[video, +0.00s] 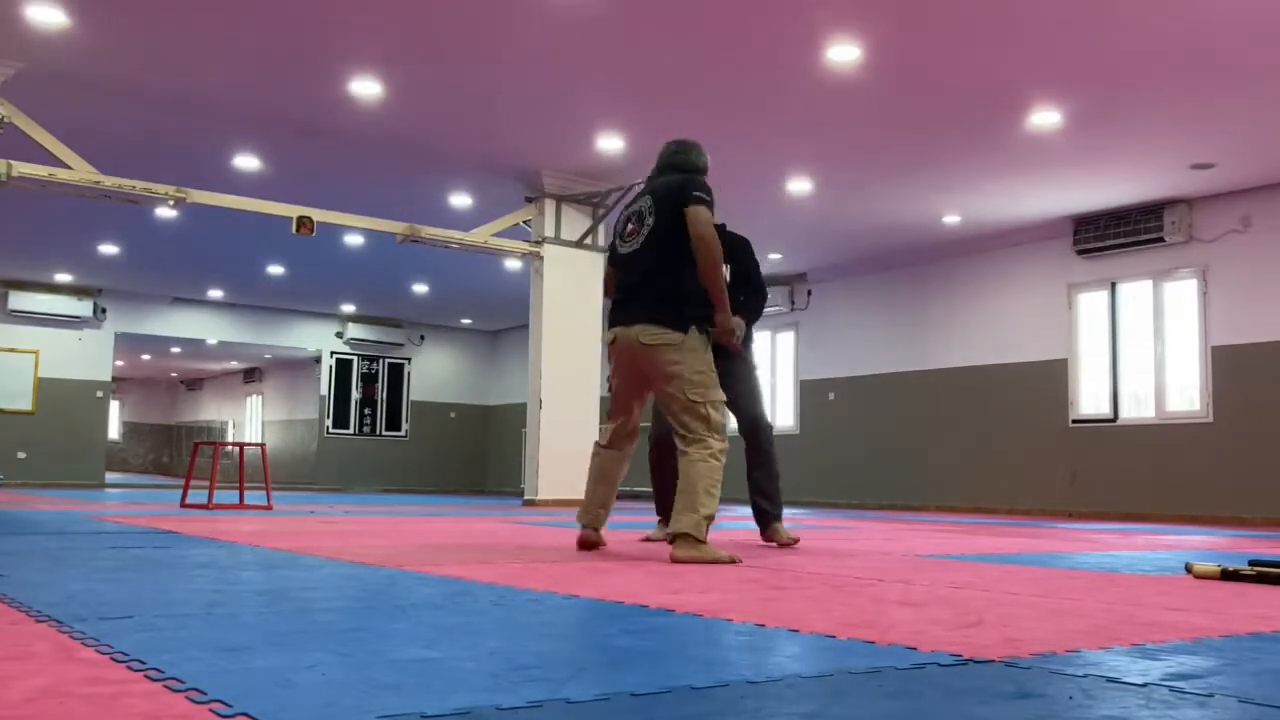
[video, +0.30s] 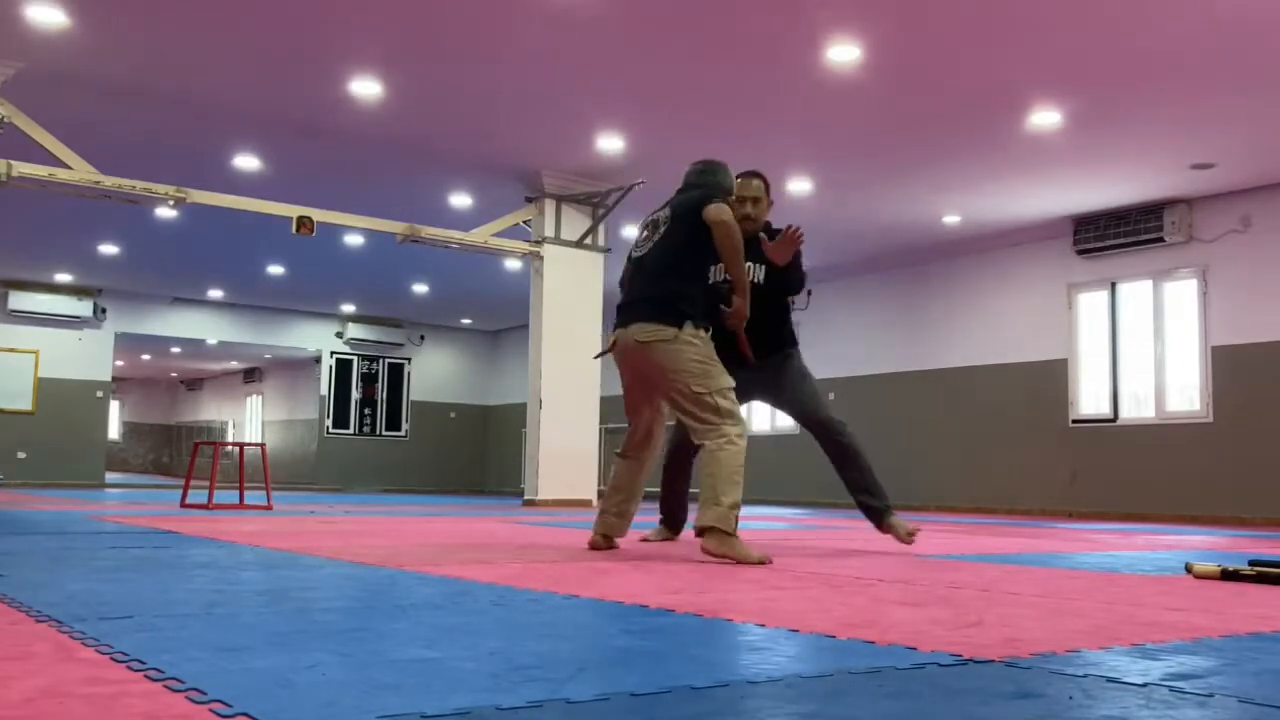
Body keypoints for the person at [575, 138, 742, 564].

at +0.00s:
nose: (706, 177)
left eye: (702, 171)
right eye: (705, 171)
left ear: (660, 166)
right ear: (700, 169)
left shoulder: (632, 206)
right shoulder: (692, 184)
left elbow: (610, 281)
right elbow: (702, 232)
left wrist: (655, 300)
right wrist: (723, 310)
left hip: (623, 332)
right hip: (672, 331)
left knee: (620, 427)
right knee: (705, 434)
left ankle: (590, 524)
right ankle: (689, 539)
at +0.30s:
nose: (731, 200)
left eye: (730, 193)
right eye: (732, 193)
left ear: (689, 181)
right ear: (723, 188)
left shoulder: (658, 216)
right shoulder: (709, 195)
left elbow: (631, 281)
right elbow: (721, 220)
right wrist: (741, 292)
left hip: (627, 334)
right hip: (670, 332)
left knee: (644, 431)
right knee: (725, 428)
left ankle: (606, 529)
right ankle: (719, 531)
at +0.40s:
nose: (747, 184)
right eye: (746, 177)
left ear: (696, 170)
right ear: (738, 173)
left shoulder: (664, 209)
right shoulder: (732, 194)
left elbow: (627, 276)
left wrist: (659, 311)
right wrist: (778, 311)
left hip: (645, 329)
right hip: (690, 327)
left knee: (648, 432)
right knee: (746, 423)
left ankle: (605, 528)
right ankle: (758, 529)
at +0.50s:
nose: (768, 170)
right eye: (768, 164)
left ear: (718, 159)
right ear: (762, 163)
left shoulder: (680, 200)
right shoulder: (761, 192)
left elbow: (647, 263)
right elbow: (797, 271)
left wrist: (680, 295)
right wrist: (810, 318)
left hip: (666, 325)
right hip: (715, 325)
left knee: (660, 429)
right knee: (760, 431)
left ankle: (614, 523)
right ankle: (770, 540)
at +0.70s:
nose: (767, 155)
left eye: (764, 148)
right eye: (766, 148)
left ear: (718, 148)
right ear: (760, 148)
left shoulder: (697, 186)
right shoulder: (751, 169)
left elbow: (707, 261)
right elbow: (758, 213)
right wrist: (776, 289)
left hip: (669, 314)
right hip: (713, 314)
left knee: (666, 425)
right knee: (760, 426)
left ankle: (614, 519)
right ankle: (773, 539)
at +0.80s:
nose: (764, 194)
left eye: (767, 187)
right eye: (767, 184)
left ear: (732, 163)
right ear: (758, 174)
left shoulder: (722, 219)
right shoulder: (717, 176)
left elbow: (729, 297)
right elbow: (704, 179)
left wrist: (788, 308)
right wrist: (721, 253)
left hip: (642, 319)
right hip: (680, 320)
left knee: (656, 433)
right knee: (737, 421)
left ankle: (613, 524)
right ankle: (699, 523)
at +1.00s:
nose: (763, 238)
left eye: (766, 229)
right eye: (764, 227)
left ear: (739, 217)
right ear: (750, 218)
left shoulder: (711, 262)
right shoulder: (709, 220)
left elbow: (735, 331)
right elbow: (673, 207)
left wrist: (787, 365)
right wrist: (723, 257)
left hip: (637, 353)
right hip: (645, 352)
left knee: (665, 446)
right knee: (699, 439)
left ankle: (653, 537)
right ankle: (650, 540)